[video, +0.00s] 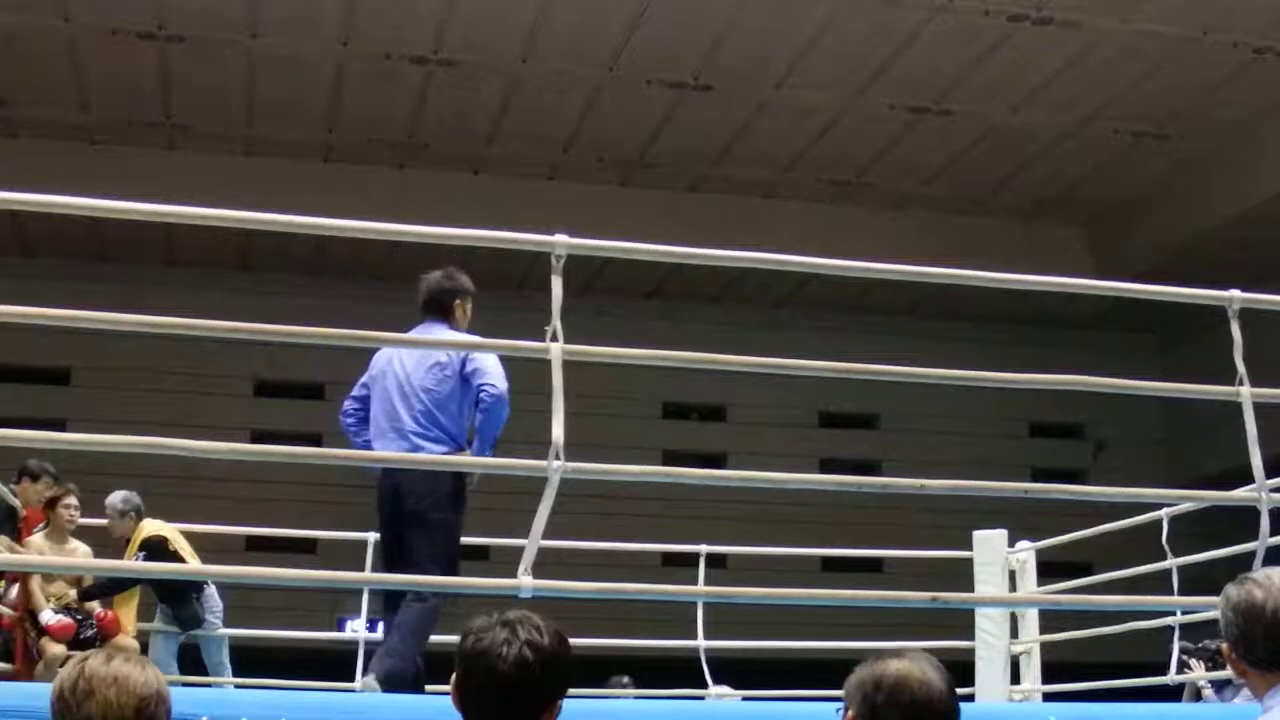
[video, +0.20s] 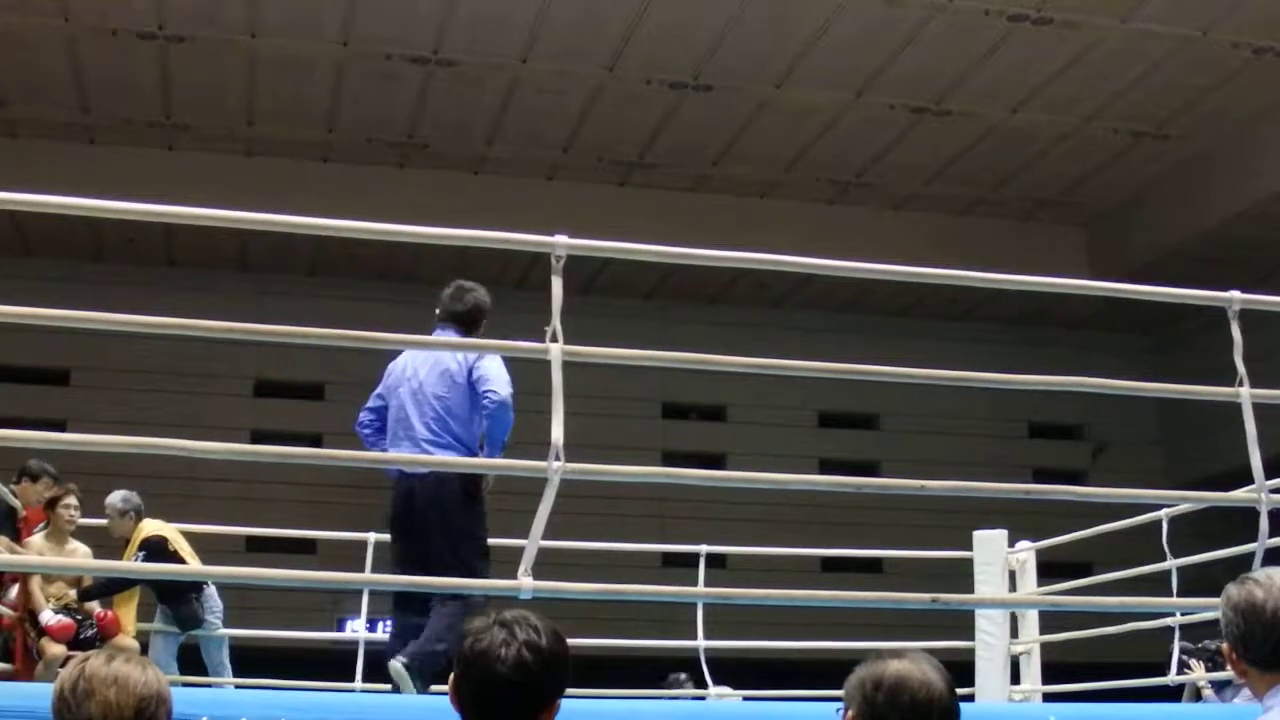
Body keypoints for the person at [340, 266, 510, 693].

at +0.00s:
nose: (471, 314)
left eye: (470, 306)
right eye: (470, 306)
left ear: (425, 307)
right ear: (458, 307)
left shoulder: (390, 351)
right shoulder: (467, 346)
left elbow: (351, 414)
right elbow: (495, 393)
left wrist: (381, 454)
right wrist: (479, 454)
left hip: (390, 476)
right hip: (438, 477)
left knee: (397, 581)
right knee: (431, 582)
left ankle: (406, 687)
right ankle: (383, 676)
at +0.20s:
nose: (485, 325)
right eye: (484, 320)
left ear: (438, 315)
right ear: (480, 322)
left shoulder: (403, 362)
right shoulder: (479, 356)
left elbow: (367, 422)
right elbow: (499, 399)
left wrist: (400, 459)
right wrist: (489, 456)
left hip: (405, 487)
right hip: (453, 486)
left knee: (411, 588)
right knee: (466, 586)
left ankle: (403, 687)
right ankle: (415, 665)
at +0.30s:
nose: (494, 327)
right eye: (494, 322)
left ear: (447, 317)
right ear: (490, 324)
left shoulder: (413, 362)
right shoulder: (488, 358)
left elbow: (376, 423)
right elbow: (508, 402)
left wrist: (409, 462)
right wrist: (497, 462)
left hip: (416, 490)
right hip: (466, 490)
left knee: (415, 593)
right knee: (481, 591)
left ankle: (403, 692)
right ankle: (463, 688)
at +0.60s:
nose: (539, 340)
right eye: (537, 334)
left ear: (489, 329)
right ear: (532, 337)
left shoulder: (452, 373)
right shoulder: (534, 377)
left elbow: (411, 430)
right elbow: (561, 433)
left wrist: (439, 479)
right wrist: (541, 479)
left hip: (454, 501)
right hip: (506, 504)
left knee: (440, 600)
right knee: (515, 600)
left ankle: (415, 696)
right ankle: (519, 699)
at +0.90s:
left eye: (541, 323)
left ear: (537, 329)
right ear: (580, 336)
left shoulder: (500, 369)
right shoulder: (584, 380)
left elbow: (451, 421)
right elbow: (618, 433)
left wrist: (478, 472)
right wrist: (583, 485)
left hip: (496, 497)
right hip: (551, 501)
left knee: (484, 586)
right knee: (545, 593)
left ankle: (464, 676)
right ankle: (539, 687)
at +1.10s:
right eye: (596, 335)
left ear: (554, 330)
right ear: (593, 340)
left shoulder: (514, 371)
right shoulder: (602, 384)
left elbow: (468, 417)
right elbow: (632, 437)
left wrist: (491, 471)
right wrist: (600, 487)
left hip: (512, 496)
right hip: (565, 500)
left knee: (503, 582)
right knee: (555, 591)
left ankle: (498, 666)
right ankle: (543, 671)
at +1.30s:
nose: (618, 353)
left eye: (619, 345)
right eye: (616, 344)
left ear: (575, 339)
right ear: (597, 340)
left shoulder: (527, 376)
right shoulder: (607, 385)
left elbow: (480, 424)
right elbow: (636, 437)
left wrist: (505, 476)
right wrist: (608, 488)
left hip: (521, 494)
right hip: (571, 498)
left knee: (518, 581)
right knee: (562, 587)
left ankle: (511, 667)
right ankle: (544, 671)